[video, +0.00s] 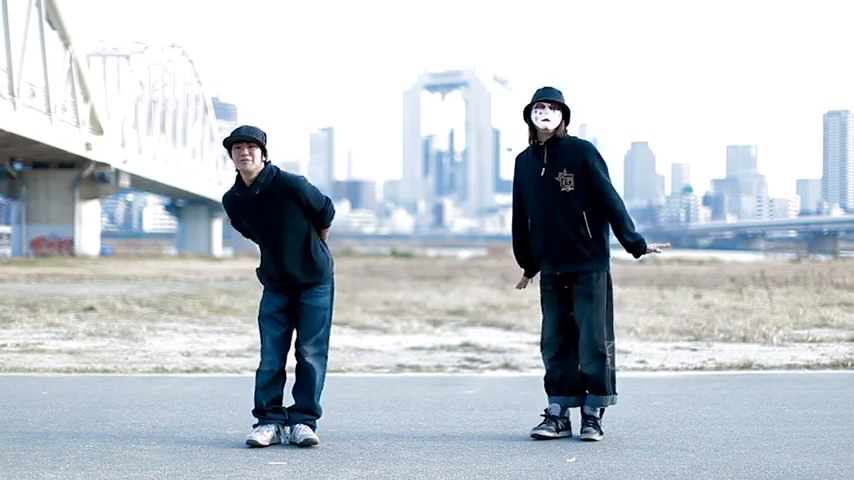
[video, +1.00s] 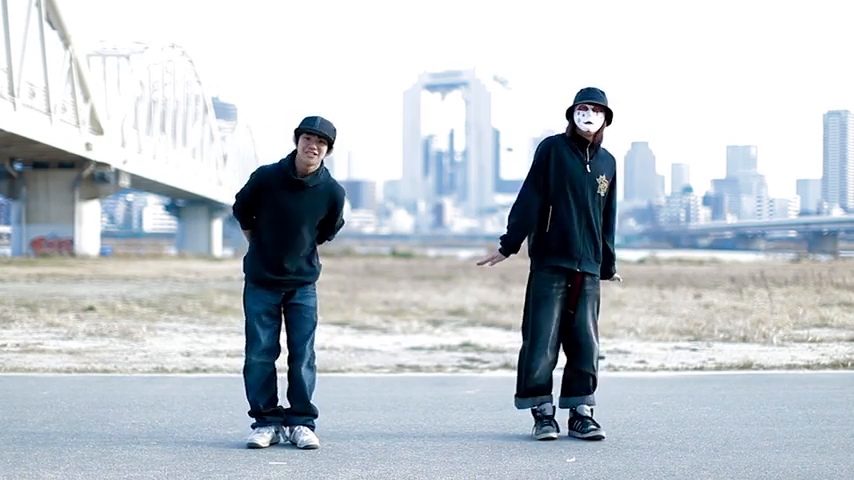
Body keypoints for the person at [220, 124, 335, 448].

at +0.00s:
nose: (244, 154)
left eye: (250, 148)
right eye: (238, 149)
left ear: (263, 153)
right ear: (231, 156)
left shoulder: (292, 184)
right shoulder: (232, 200)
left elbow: (325, 213)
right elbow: (253, 233)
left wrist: (315, 245)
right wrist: (287, 245)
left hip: (314, 279)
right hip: (275, 281)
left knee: (309, 353)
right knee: (270, 355)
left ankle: (302, 422)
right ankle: (269, 422)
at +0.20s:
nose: (274, 141)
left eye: (280, 135)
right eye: (268, 135)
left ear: (291, 140)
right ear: (259, 139)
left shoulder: (314, 177)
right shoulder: (245, 180)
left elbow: (324, 226)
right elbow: (236, 227)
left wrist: (299, 244)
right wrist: (262, 248)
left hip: (304, 285)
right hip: (262, 286)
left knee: (305, 359)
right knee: (258, 359)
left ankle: (301, 424)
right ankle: (265, 424)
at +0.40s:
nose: (291, 161)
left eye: (298, 156)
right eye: (286, 155)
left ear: (307, 163)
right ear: (275, 159)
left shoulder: (321, 205)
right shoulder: (254, 198)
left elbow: (330, 249)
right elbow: (232, 242)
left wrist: (311, 273)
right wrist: (254, 270)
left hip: (305, 297)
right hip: (262, 296)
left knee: (309, 364)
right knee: (260, 364)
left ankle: (301, 426)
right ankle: (264, 426)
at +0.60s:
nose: (314, 140)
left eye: (321, 136)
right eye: (309, 134)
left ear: (327, 144)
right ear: (297, 136)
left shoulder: (331, 189)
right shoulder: (267, 173)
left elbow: (325, 233)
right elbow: (238, 211)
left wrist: (298, 248)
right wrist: (256, 240)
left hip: (302, 282)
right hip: (260, 279)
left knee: (304, 356)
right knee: (262, 354)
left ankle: (301, 424)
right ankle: (265, 424)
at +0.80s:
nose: (330, 170)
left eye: (337, 166)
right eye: (324, 162)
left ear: (343, 175)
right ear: (311, 166)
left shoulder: (339, 214)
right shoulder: (278, 200)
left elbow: (312, 240)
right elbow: (241, 224)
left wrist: (279, 253)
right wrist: (253, 255)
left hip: (297, 286)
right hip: (258, 286)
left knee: (297, 355)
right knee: (258, 355)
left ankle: (298, 424)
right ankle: (265, 422)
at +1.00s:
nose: (312, 147)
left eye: (320, 143)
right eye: (308, 140)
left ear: (327, 150)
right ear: (297, 141)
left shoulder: (332, 192)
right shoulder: (265, 177)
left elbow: (328, 230)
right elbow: (241, 209)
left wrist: (300, 245)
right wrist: (260, 241)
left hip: (303, 281)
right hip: (261, 280)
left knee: (303, 353)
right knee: (260, 352)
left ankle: (301, 423)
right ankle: (266, 423)